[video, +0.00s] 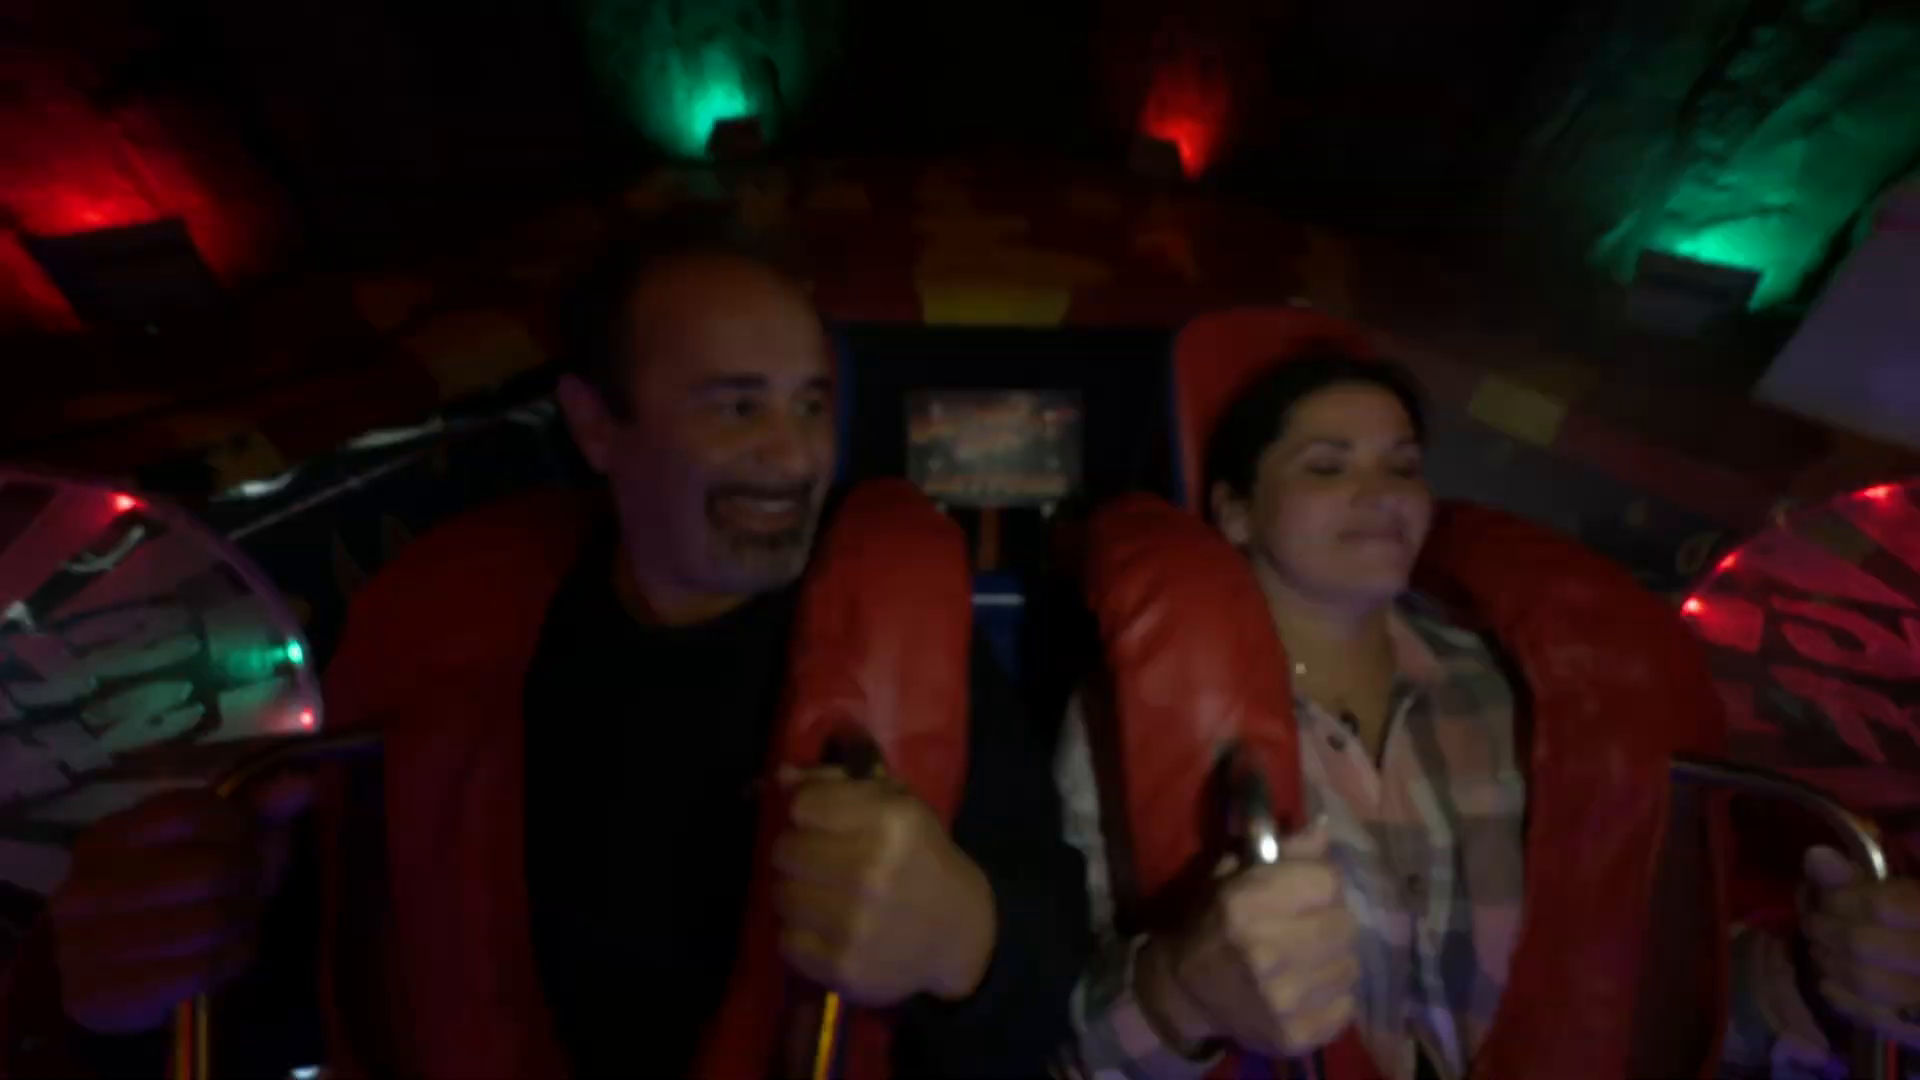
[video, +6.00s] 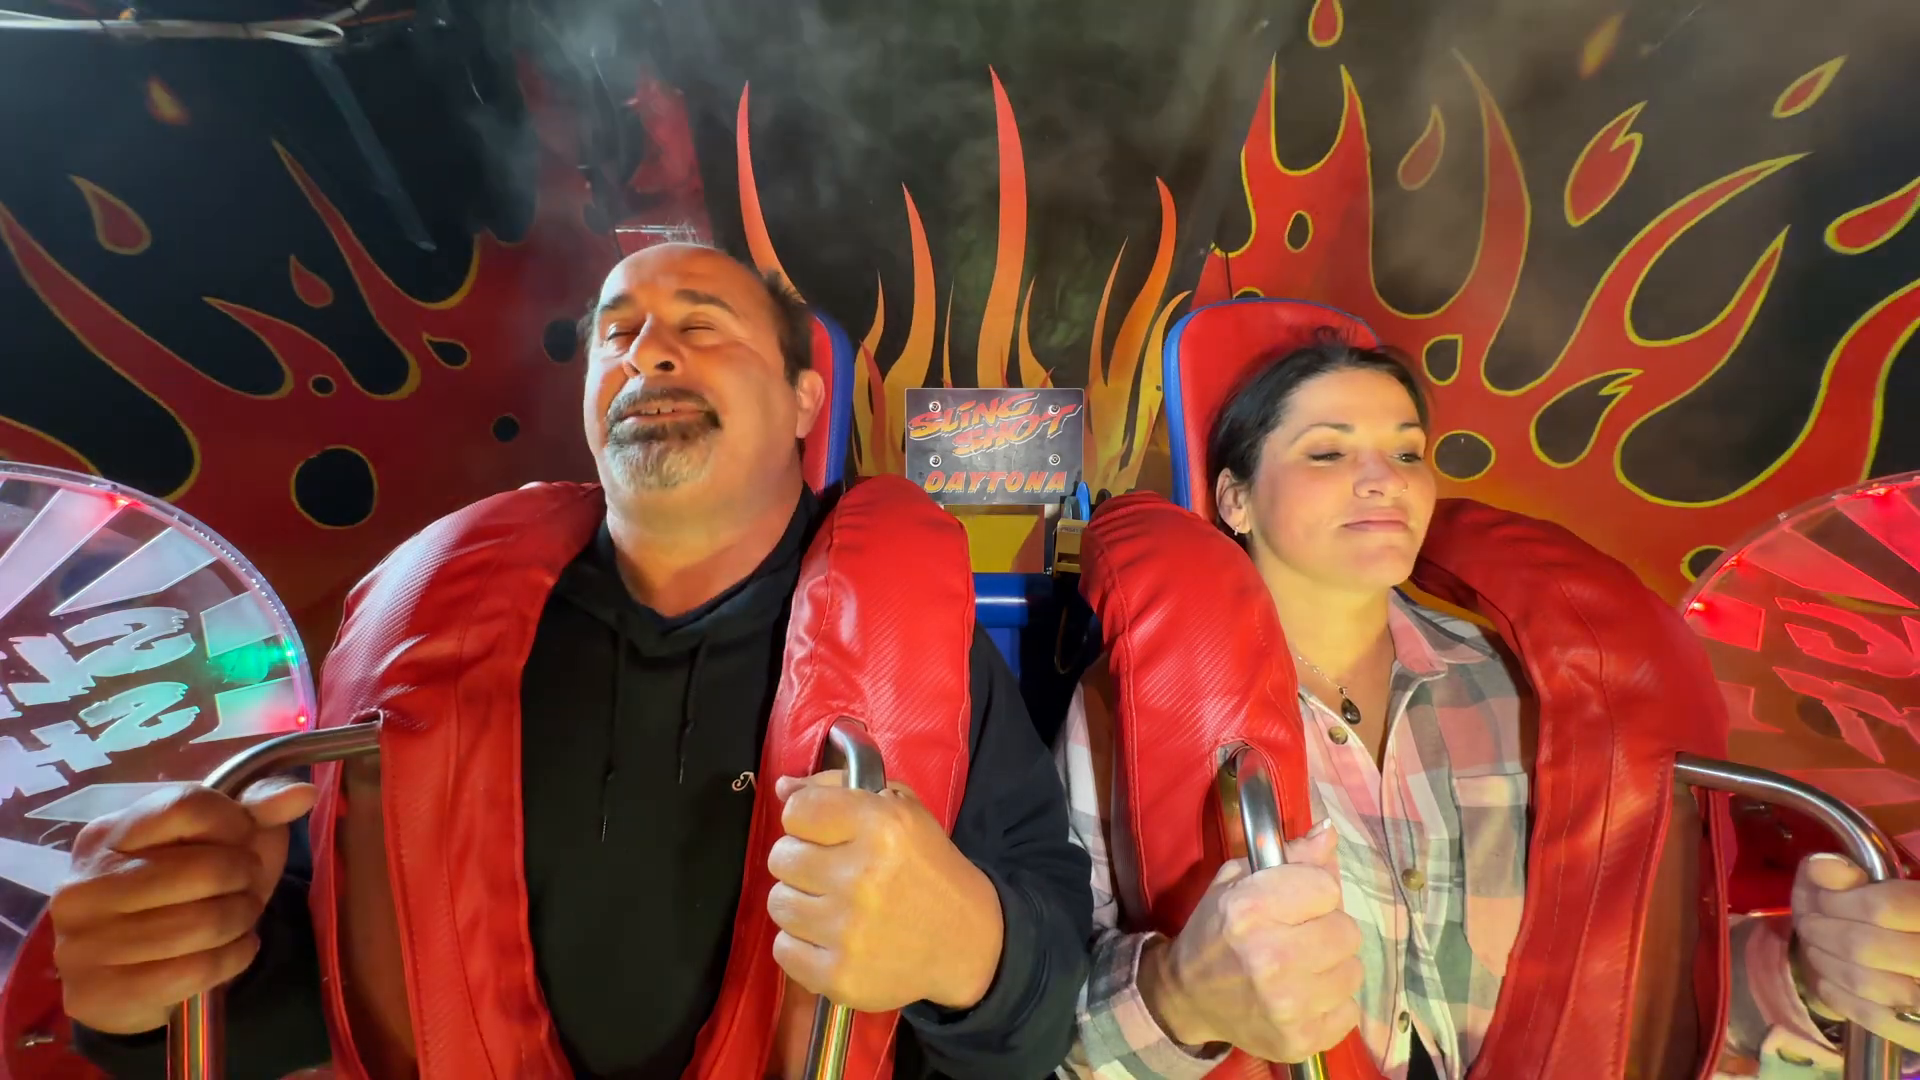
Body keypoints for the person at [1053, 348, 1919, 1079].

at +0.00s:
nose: (1379, 495)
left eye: (1402, 466)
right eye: (1328, 466)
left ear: (1430, 500)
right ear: (1235, 512)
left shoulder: (1502, 690)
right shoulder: (1147, 712)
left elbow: (1603, 981)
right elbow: (1059, 1036)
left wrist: (1815, 981)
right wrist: (1170, 1001)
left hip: (1484, 1057)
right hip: (1269, 1066)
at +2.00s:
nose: (1392, 479)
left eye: (1411, 453)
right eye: (1334, 450)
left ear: (1435, 494)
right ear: (1239, 504)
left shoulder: (1522, 694)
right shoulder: (1144, 710)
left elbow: (1613, 970)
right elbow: (1050, 1036)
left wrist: (1803, 973)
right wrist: (1173, 998)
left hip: (1502, 1068)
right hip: (1267, 1073)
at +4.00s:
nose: (1376, 476)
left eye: (1398, 444)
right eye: (1318, 444)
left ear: (1431, 484)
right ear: (1232, 498)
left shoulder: (1523, 692)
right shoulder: (1138, 714)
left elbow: (1613, 969)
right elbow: (1053, 1034)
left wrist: (1797, 967)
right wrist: (1176, 1005)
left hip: (1500, 1069)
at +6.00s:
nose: (1383, 484)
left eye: (1406, 455)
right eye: (1329, 455)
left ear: (1435, 490)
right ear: (1236, 500)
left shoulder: (1519, 695)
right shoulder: (1137, 717)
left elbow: (1610, 975)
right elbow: (1049, 1032)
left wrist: (1800, 972)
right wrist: (1170, 1004)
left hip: (1494, 1068)